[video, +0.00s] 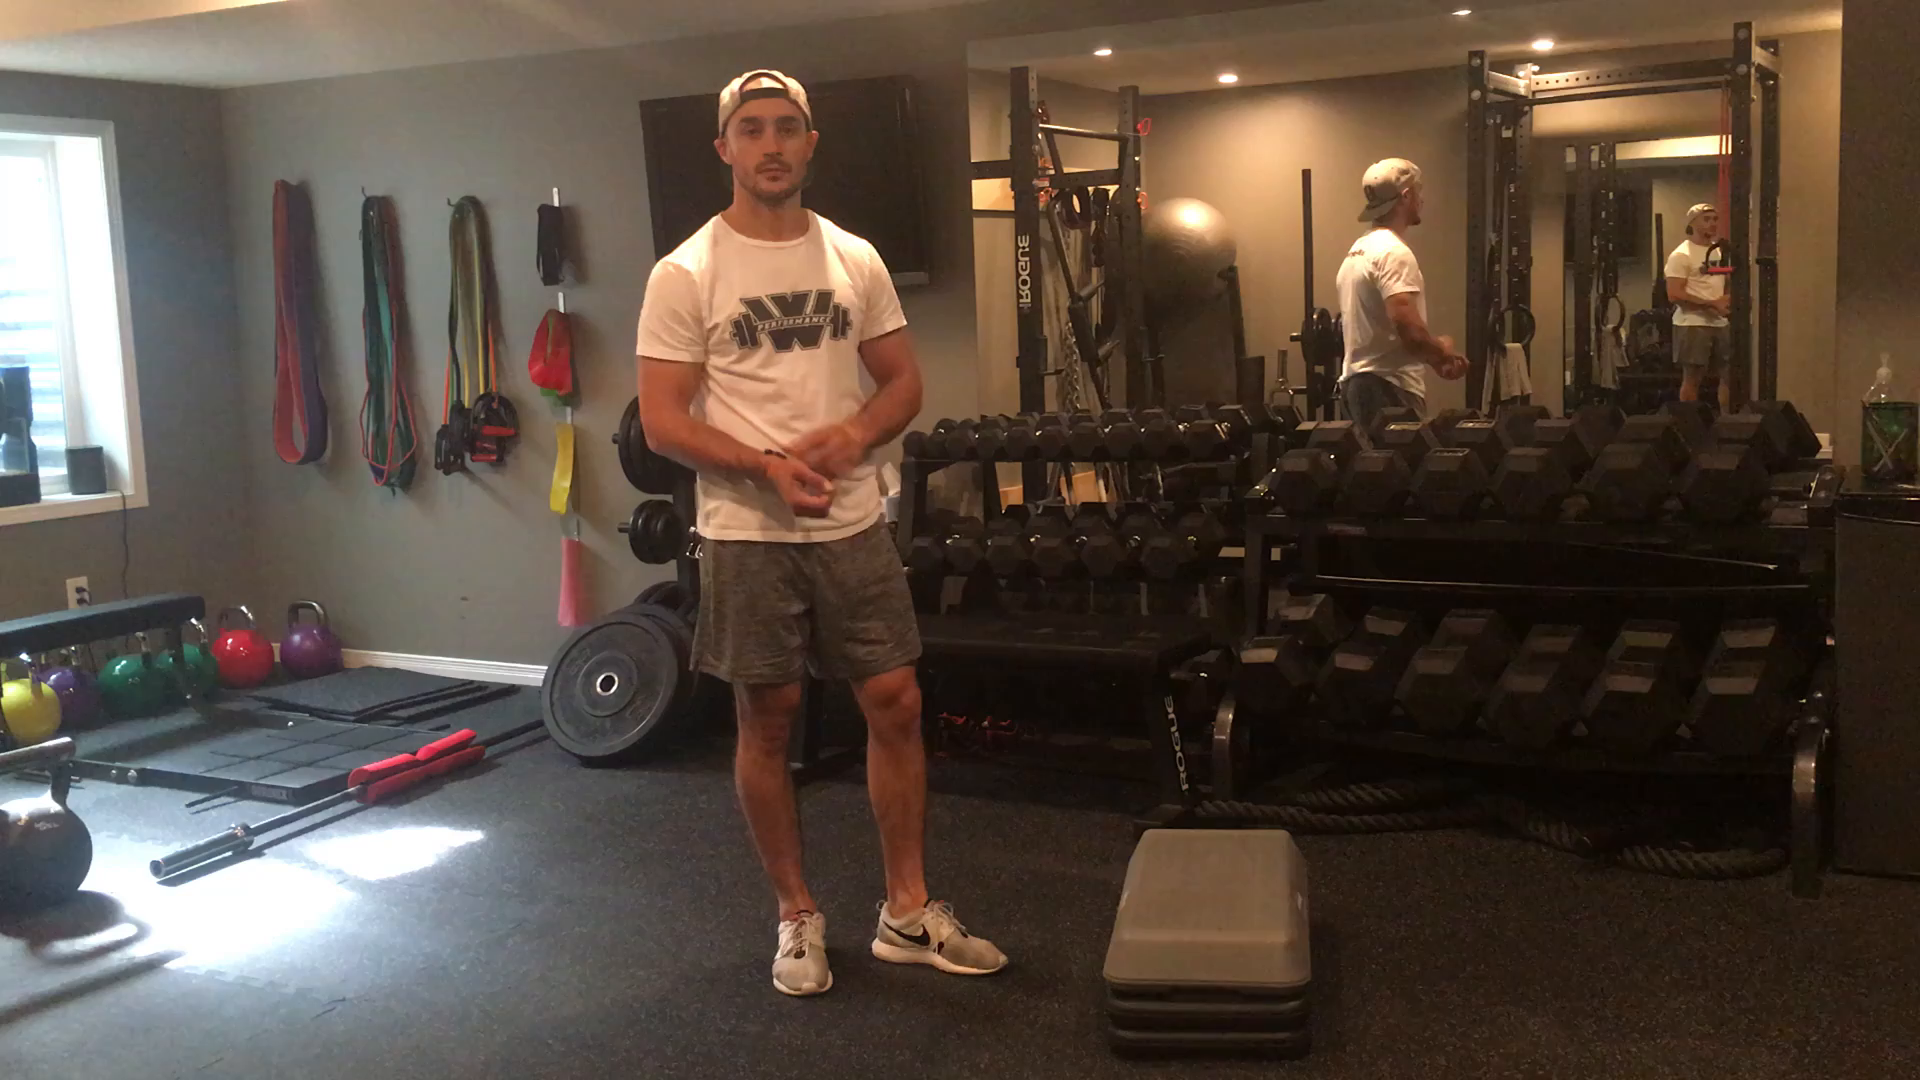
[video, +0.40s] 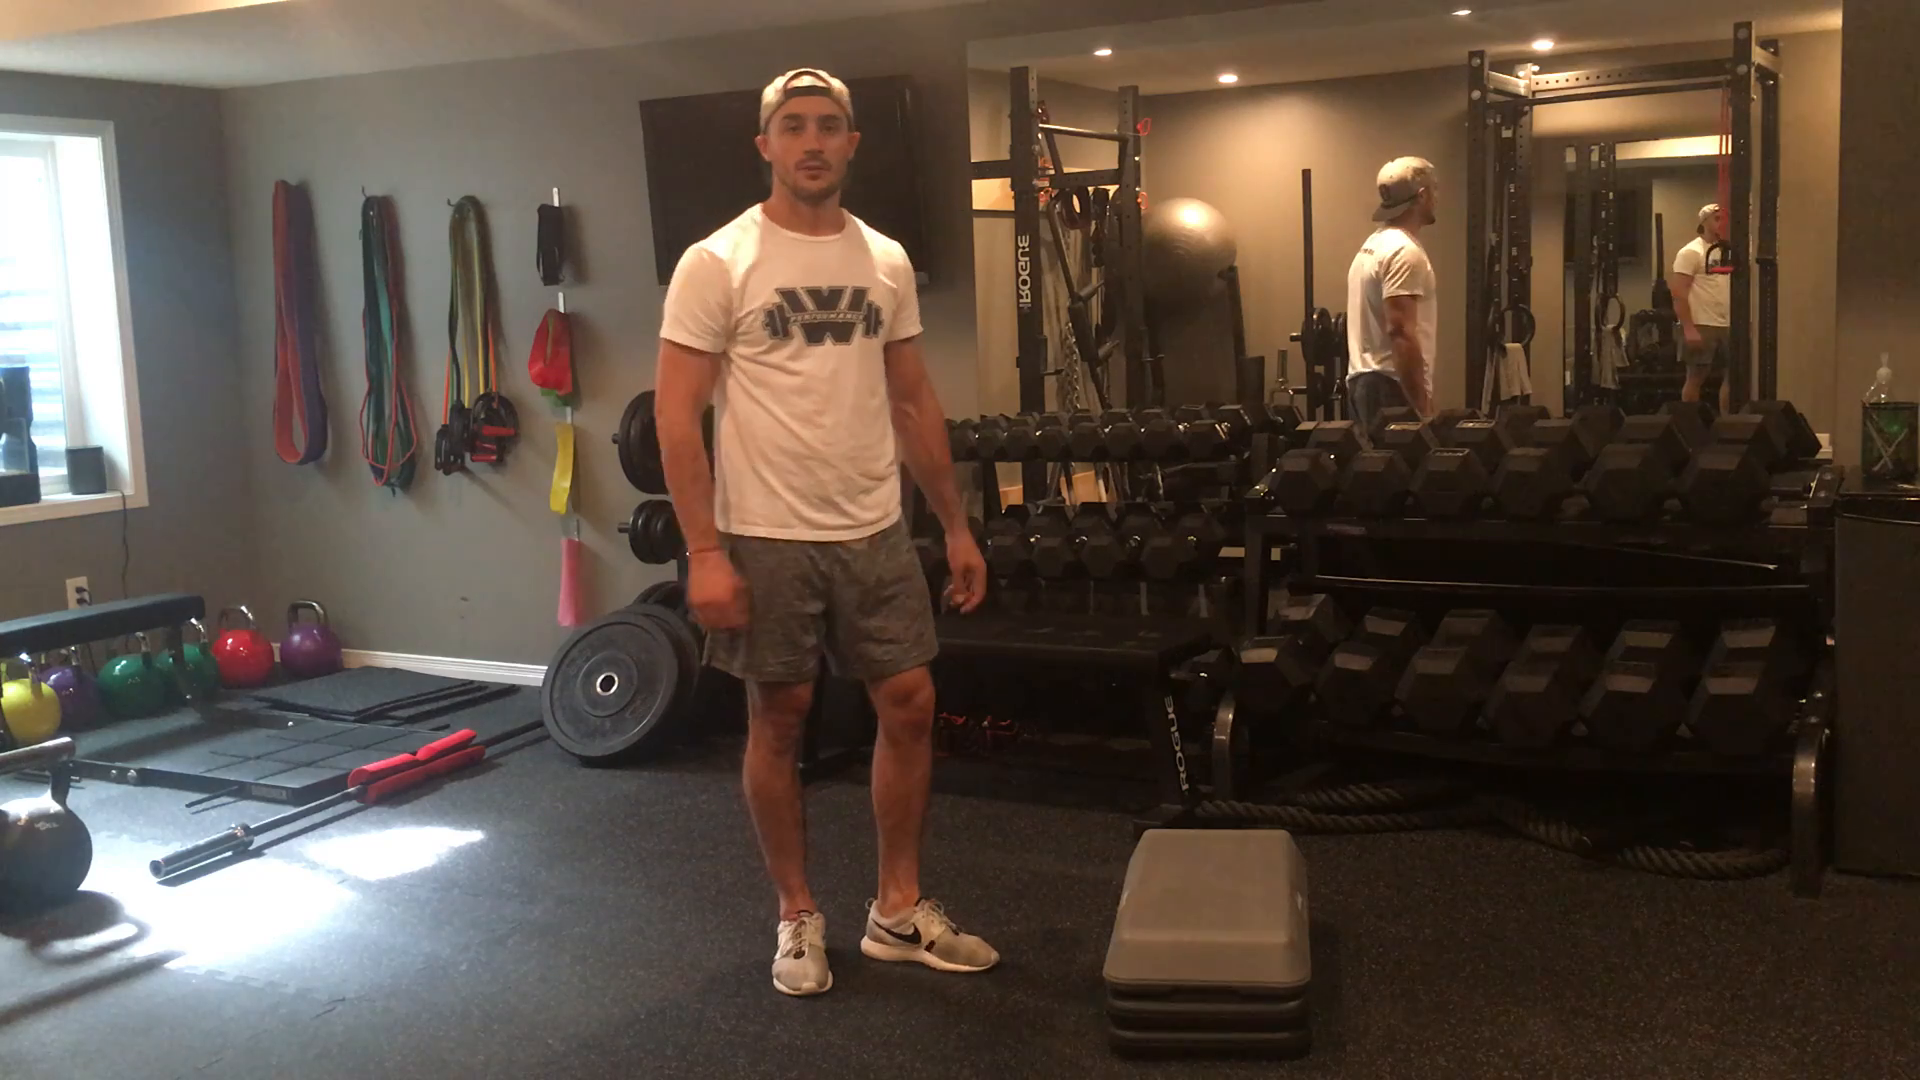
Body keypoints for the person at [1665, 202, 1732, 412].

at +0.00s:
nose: (1713, 224)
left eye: (1715, 219)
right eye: (1707, 219)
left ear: (1718, 223)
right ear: (1693, 223)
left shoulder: (1719, 252)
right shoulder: (1680, 255)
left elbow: (1727, 285)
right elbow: (1674, 294)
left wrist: (1727, 302)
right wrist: (1712, 303)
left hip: (1720, 325)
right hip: (1692, 326)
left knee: (1727, 378)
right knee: (1692, 379)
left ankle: (1727, 423)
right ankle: (1687, 426)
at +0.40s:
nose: (1722, 223)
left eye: (1724, 219)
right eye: (1717, 219)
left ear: (1725, 222)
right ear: (1704, 223)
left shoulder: (1726, 251)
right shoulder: (1690, 253)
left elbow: (1735, 289)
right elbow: (1678, 294)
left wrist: (1740, 323)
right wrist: (1688, 328)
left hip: (1728, 326)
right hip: (1701, 326)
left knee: (1732, 377)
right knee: (1696, 378)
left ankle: (1727, 424)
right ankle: (1688, 423)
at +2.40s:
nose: (1735, 228)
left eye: (1739, 223)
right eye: (1733, 223)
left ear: (1746, 226)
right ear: (1727, 223)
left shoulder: (1746, 253)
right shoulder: (1708, 253)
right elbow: (1698, 292)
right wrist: (1700, 325)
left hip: (1742, 324)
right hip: (1719, 323)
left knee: (1733, 377)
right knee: (1722, 374)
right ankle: (1715, 423)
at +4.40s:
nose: (1737, 228)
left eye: (1738, 223)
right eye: (1734, 223)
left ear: (1724, 223)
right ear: (1725, 223)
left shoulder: (1730, 252)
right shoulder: (1708, 251)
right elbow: (1701, 295)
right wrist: (1712, 330)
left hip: (1728, 324)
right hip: (1713, 325)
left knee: (1726, 382)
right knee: (1712, 381)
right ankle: (1698, 425)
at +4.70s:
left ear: (1726, 224)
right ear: (1735, 226)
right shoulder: (1718, 251)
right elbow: (1717, 292)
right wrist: (1728, 325)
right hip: (1710, 322)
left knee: (1727, 376)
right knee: (1709, 375)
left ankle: (1728, 423)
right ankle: (1697, 423)